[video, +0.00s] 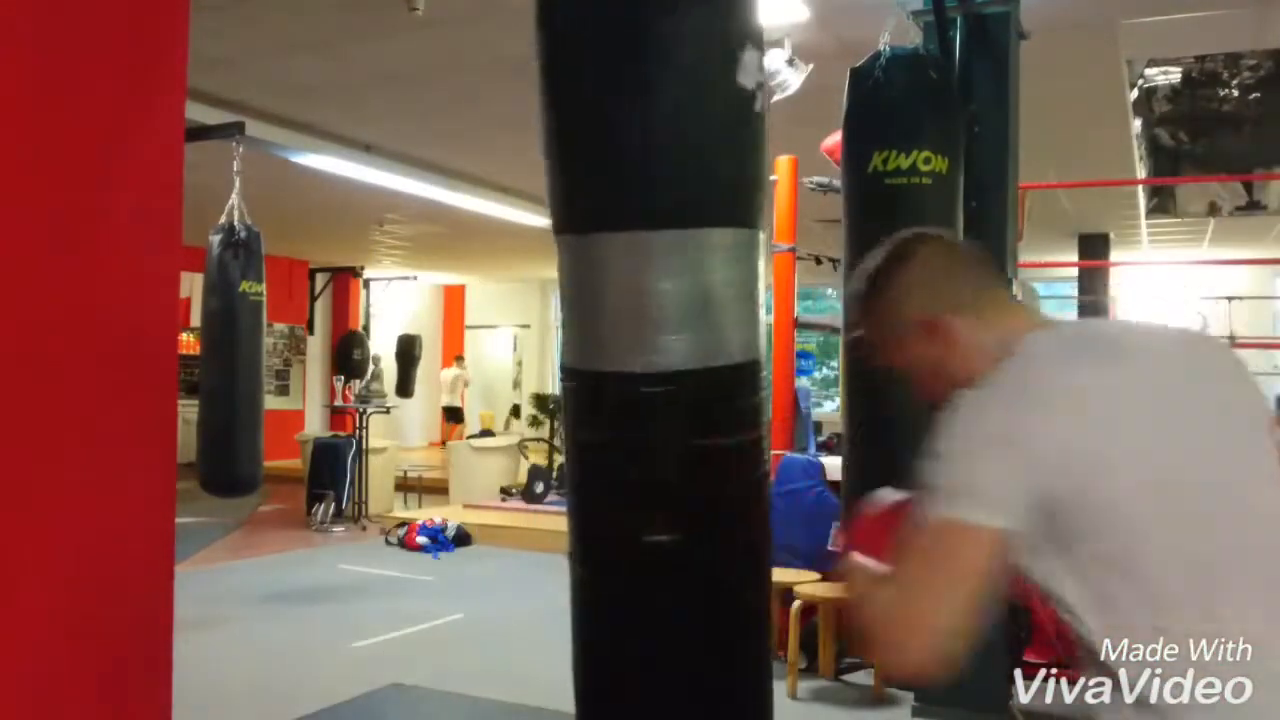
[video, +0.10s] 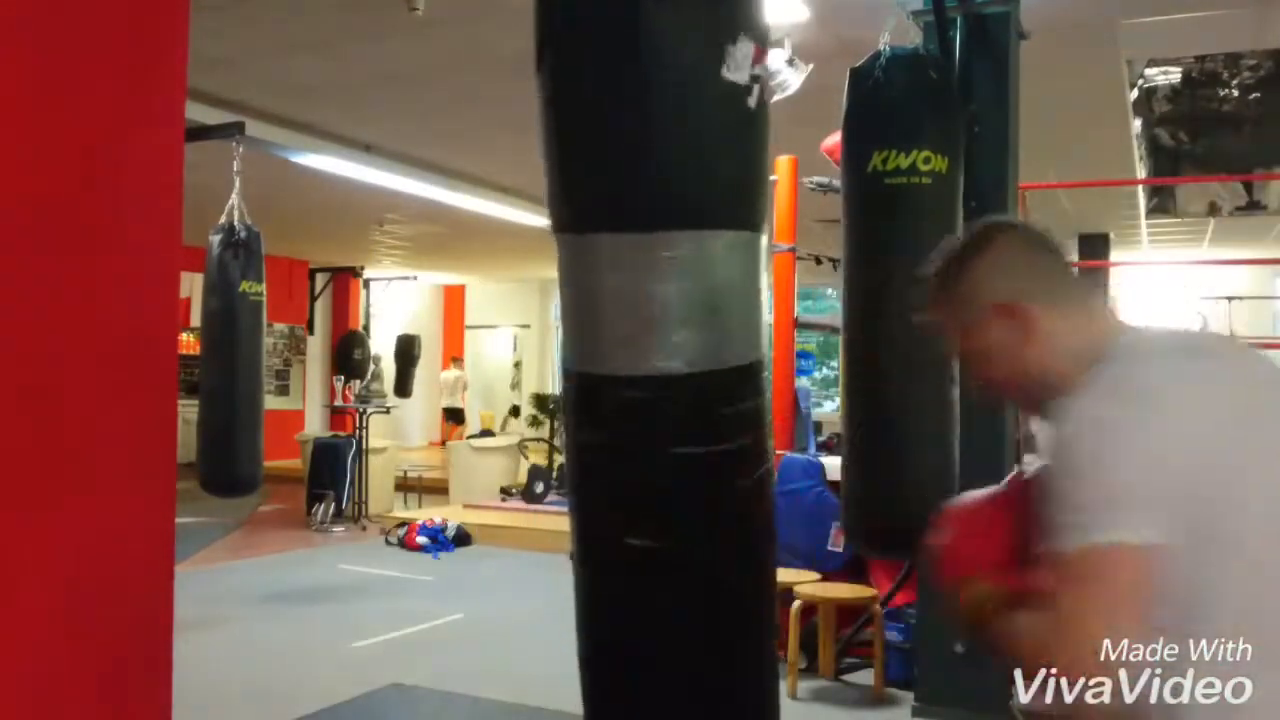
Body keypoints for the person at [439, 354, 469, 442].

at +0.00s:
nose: (462, 364)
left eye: (462, 362)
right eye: (462, 362)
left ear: (454, 361)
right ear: (461, 362)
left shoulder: (444, 372)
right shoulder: (461, 373)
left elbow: (443, 384)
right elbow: (467, 383)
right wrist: (465, 371)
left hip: (444, 402)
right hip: (455, 403)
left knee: (447, 423)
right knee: (461, 424)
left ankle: (445, 441)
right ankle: (453, 442)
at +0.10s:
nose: (462, 366)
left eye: (462, 363)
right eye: (461, 363)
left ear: (452, 363)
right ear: (458, 363)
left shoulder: (443, 374)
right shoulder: (462, 374)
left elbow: (441, 387)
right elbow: (465, 387)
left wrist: (442, 398)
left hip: (445, 403)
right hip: (457, 403)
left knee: (448, 423)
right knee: (461, 425)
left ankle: (445, 441)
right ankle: (453, 442)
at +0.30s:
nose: (461, 367)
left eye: (461, 364)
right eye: (460, 364)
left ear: (451, 365)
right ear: (457, 365)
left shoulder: (443, 377)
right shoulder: (461, 376)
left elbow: (440, 390)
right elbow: (465, 387)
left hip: (445, 404)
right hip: (456, 404)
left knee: (448, 425)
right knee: (460, 426)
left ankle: (445, 442)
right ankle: (453, 443)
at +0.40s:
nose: (462, 365)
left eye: (461, 363)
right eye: (461, 363)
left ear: (453, 362)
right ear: (458, 362)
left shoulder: (445, 372)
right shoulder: (458, 372)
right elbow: (465, 383)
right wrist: (463, 371)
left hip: (444, 401)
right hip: (454, 401)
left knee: (449, 422)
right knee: (462, 421)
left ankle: (446, 441)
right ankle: (455, 441)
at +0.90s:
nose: (468, 372)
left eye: (468, 369)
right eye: (467, 369)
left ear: (459, 368)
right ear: (465, 369)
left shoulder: (450, 377)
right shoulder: (464, 377)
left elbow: (449, 390)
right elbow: (468, 391)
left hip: (447, 405)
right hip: (458, 405)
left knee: (452, 424)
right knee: (468, 423)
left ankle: (444, 441)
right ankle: (466, 443)